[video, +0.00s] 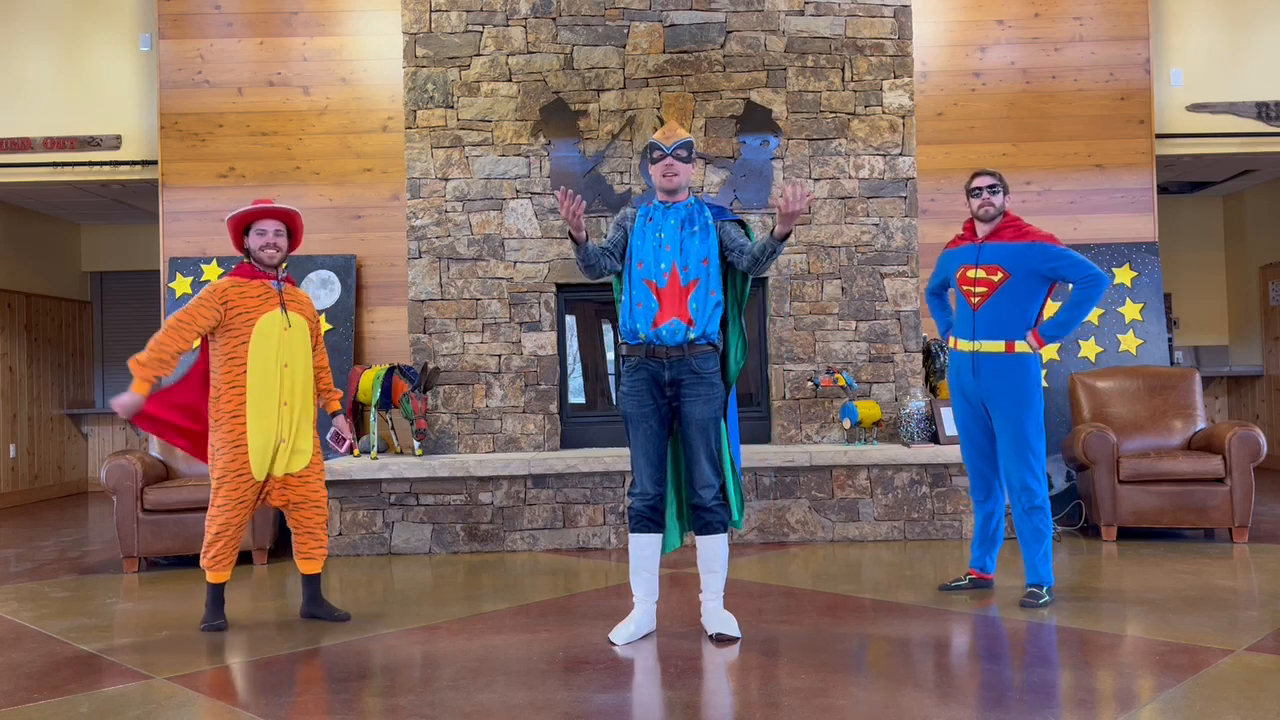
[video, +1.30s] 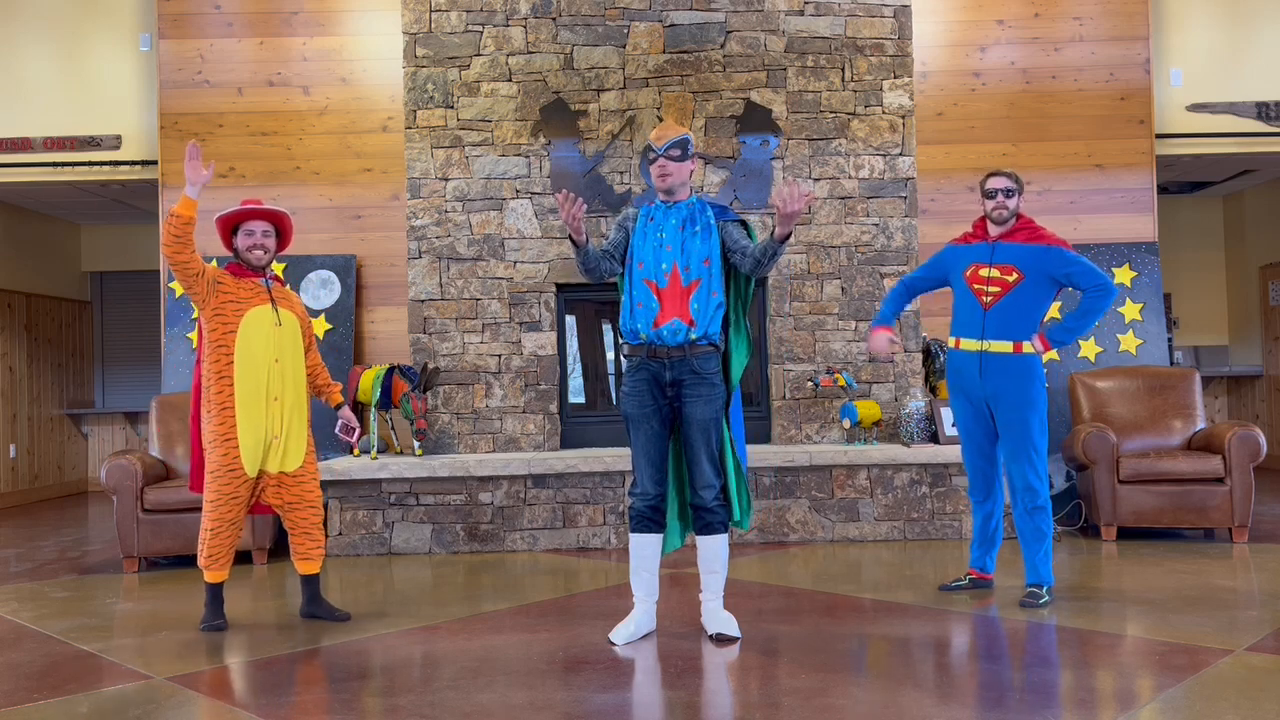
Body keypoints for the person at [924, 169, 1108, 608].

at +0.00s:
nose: (984, 198)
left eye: (992, 190)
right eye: (976, 192)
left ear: (1006, 198)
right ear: (967, 203)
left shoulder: (1032, 245)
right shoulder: (953, 253)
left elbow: (1094, 280)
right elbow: (933, 292)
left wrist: (1047, 333)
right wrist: (948, 328)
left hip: (1014, 373)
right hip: (964, 373)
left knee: (1025, 481)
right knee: (982, 479)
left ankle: (1039, 581)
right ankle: (981, 572)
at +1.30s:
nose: (1000, 201)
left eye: (1008, 193)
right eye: (992, 194)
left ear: (1020, 200)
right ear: (981, 202)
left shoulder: (1045, 250)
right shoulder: (958, 252)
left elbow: (1102, 290)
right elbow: (907, 286)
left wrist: (1054, 336)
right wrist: (882, 322)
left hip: (1017, 376)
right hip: (965, 377)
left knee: (1028, 481)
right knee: (981, 480)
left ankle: (1038, 581)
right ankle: (981, 571)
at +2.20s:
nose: (992, 205)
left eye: (999, 197)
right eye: (983, 200)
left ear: (1012, 201)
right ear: (973, 208)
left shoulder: (1041, 250)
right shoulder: (955, 249)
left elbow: (1102, 284)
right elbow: (901, 234)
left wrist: (1056, 335)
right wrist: (907, 187)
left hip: (1020, 373)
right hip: (967, 374)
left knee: (1029, 478)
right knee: (982, 477)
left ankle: (1039, 581)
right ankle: (981, 572)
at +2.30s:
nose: (991, 205)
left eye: (998, 197)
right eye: (981, 200)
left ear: (1011, 201)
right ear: (972, 210)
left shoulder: (1042, 249)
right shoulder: (954, 248)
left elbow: (1103, 284)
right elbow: (901, 236)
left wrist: (1056, 335)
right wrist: (914, 188)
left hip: (1020, 372)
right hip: (966, 372)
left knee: (1029, 478)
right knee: (981, 477)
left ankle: (1039, 581)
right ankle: (982, 571)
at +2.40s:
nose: (992, 206)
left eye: (998, 197)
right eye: (982, 201)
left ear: (1011, 200)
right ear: (973, 209)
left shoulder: (1044, 249)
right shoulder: (954, 249)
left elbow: (1103, 285)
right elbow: (901, 236)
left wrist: (1056, 335)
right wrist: (916, 190)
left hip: (1021, 372)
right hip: (967, 372)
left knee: (1029, 478)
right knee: (982, 477)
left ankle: (1039, 581)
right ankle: (981, 571)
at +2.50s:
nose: (992, 206)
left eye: (999, 197)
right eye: (982, 200)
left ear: (1012, 201)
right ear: (973, 209)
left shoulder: (1042, 249)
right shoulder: (955, 248)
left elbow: (1104, 284)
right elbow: (902, 236)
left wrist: (1057, 335)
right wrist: (911, 188)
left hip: (1021, 372)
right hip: (967, 372)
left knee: (1029, 478)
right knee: (982, 477)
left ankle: (1039, 581)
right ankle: (981, 572)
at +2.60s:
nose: (994, 205)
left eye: (1000, 197)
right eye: (984, 200)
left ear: (1013, 200)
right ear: (974, 208)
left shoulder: (1043, 249)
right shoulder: (956, 248)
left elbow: (1105, 285)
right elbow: (901, 236)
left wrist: (1058, 334)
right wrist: (909, 190)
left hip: (1022, 373)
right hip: (967, 373)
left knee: (1029, 478)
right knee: (982, 477)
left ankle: (1039, 581)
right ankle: (981, 571)